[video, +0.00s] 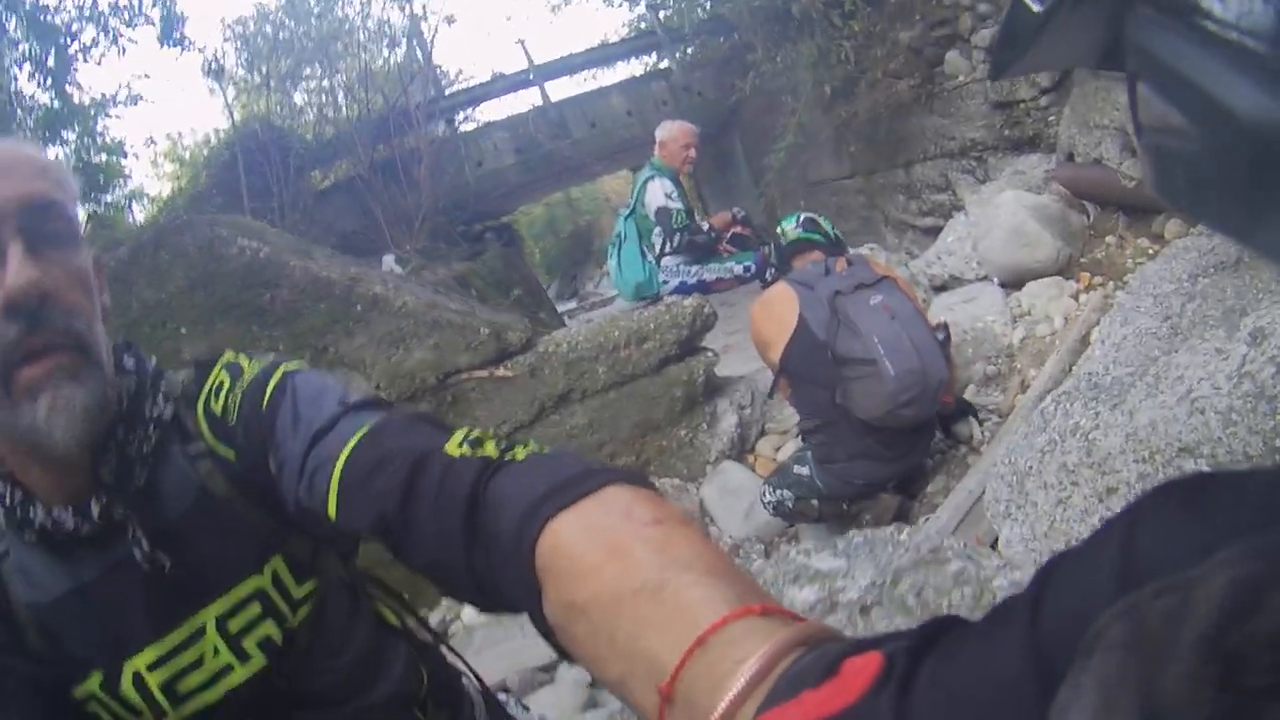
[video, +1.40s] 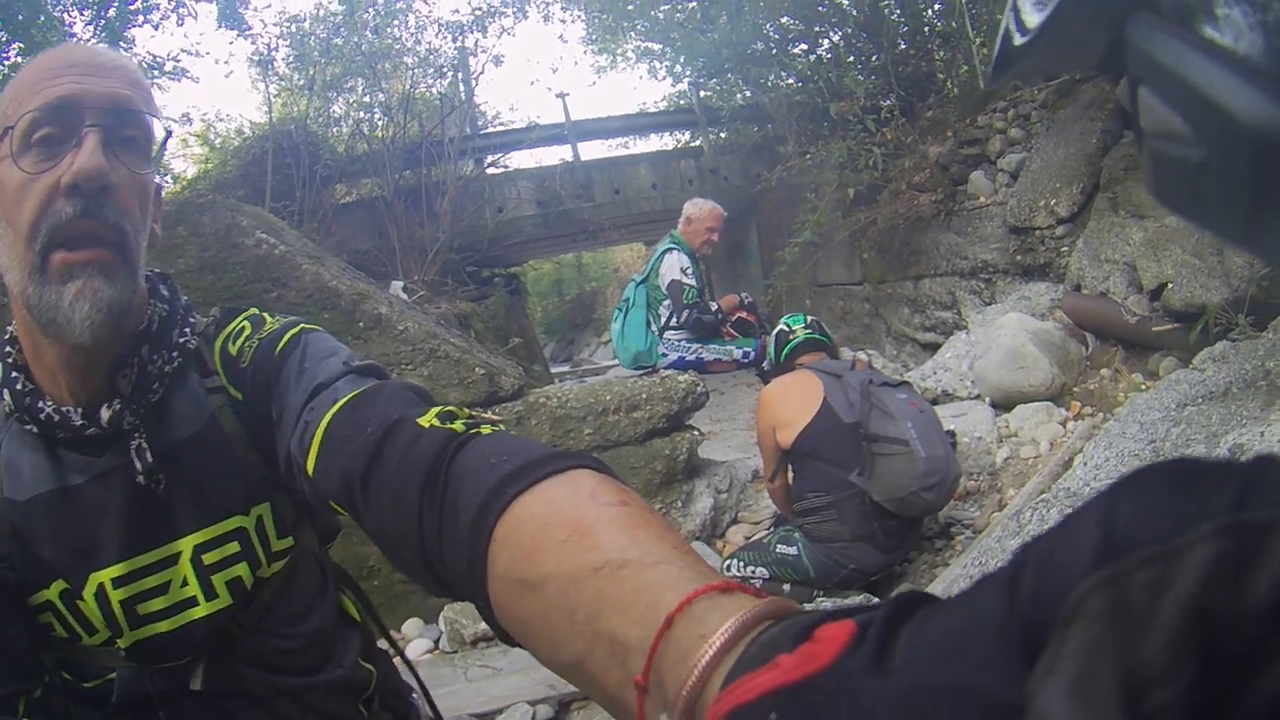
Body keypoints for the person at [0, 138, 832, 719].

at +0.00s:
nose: (21, 281)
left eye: (45, 235)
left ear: (99, 277)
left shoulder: (223, 414)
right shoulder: (13, 573)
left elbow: (520, 505)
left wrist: (772, 683)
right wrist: (774, 677)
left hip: (449, 712)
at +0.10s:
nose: (96, 152)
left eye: (127, 117)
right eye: (44, 124)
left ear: (167, 165)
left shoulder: (269, 336)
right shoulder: (13, 442)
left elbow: (514, 466)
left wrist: (790, 664)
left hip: (391, 699)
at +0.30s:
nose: (82, 224)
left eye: (113, 192)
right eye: (37, 194)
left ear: (150, 235)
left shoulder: (244, 410)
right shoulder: (8, 485)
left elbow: (464, 527)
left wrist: (704, 696)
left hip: (341, 701)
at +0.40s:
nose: (98, 175)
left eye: (132, 142)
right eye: (52, 145)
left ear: (166, 196)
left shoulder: (255, 358)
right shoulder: (9, 435)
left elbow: (463, 486)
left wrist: (717, 684)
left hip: (365, 704)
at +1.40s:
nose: (88, 167)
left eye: (124, 140)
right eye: (46, 138)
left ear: (158, 197)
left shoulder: (243, 359)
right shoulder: (5, 427)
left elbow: (450, 479)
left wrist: (743, 664)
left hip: (346, 703)